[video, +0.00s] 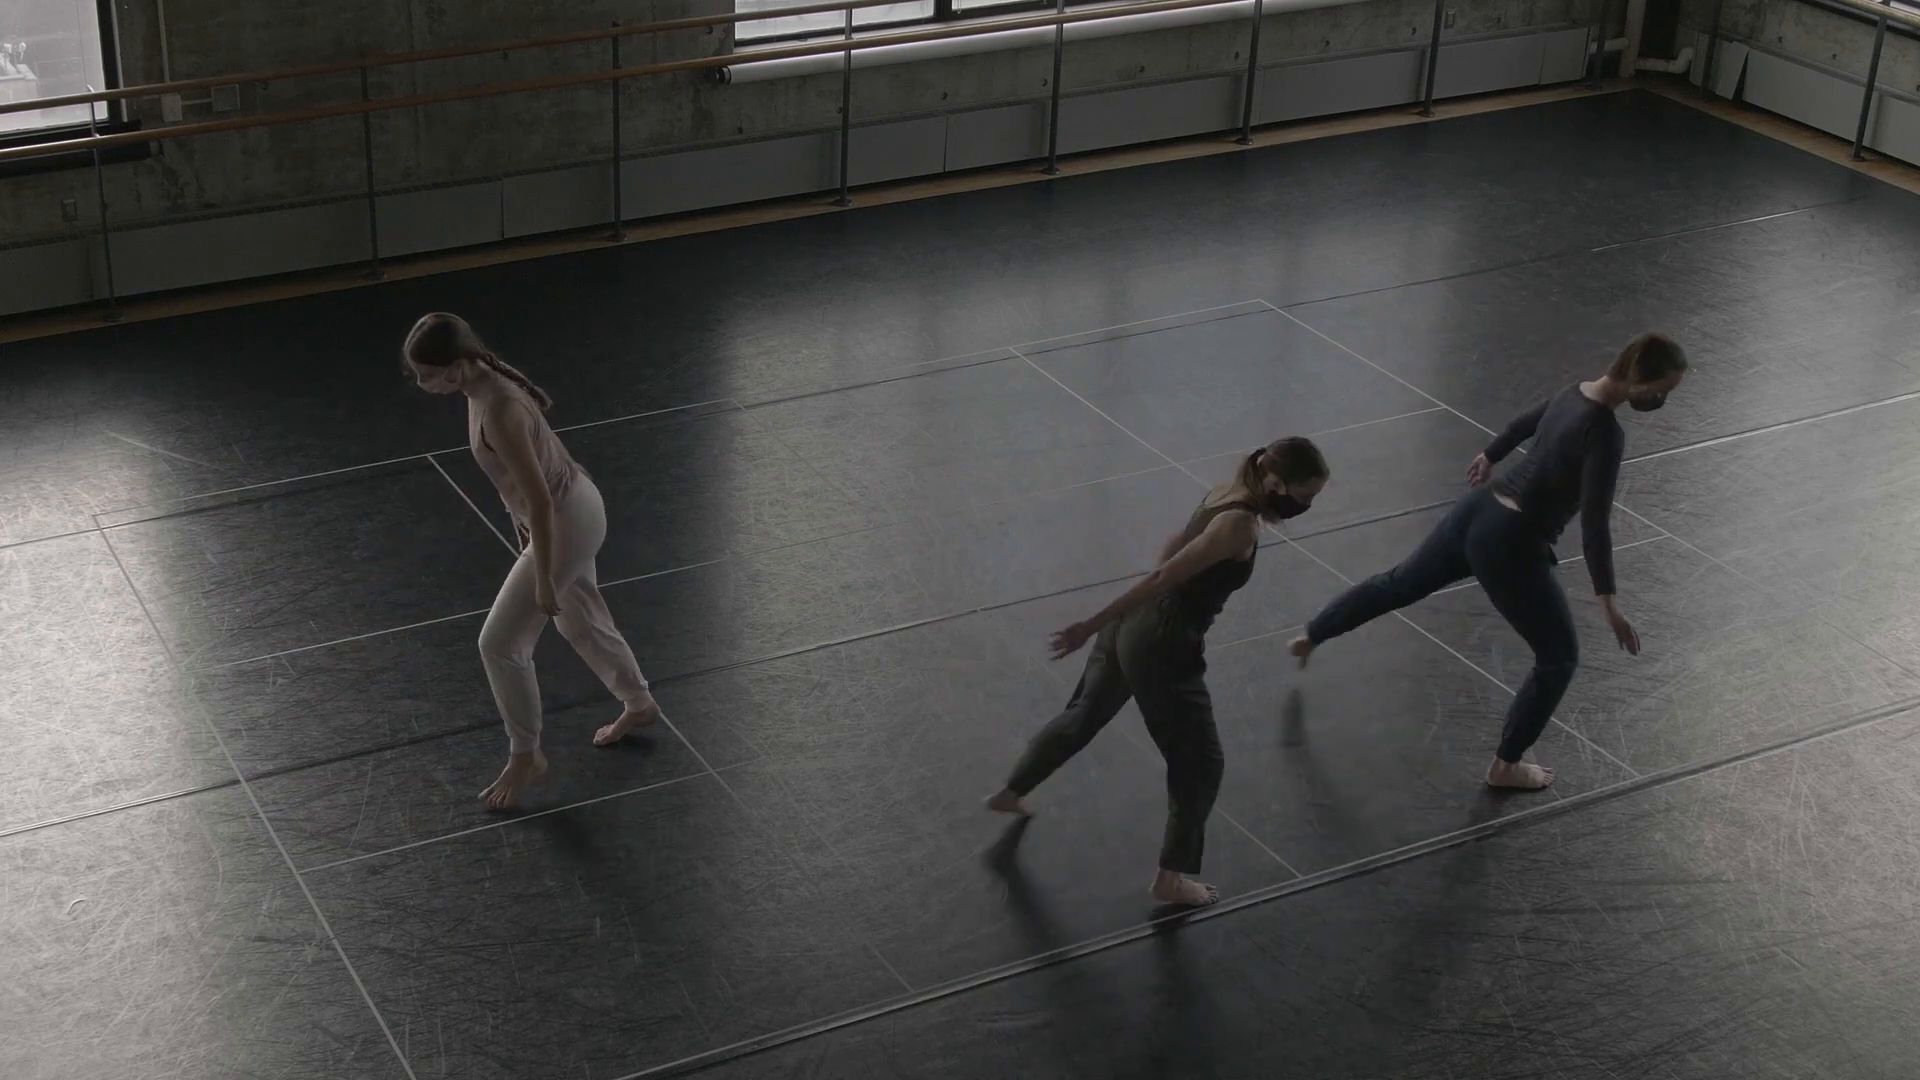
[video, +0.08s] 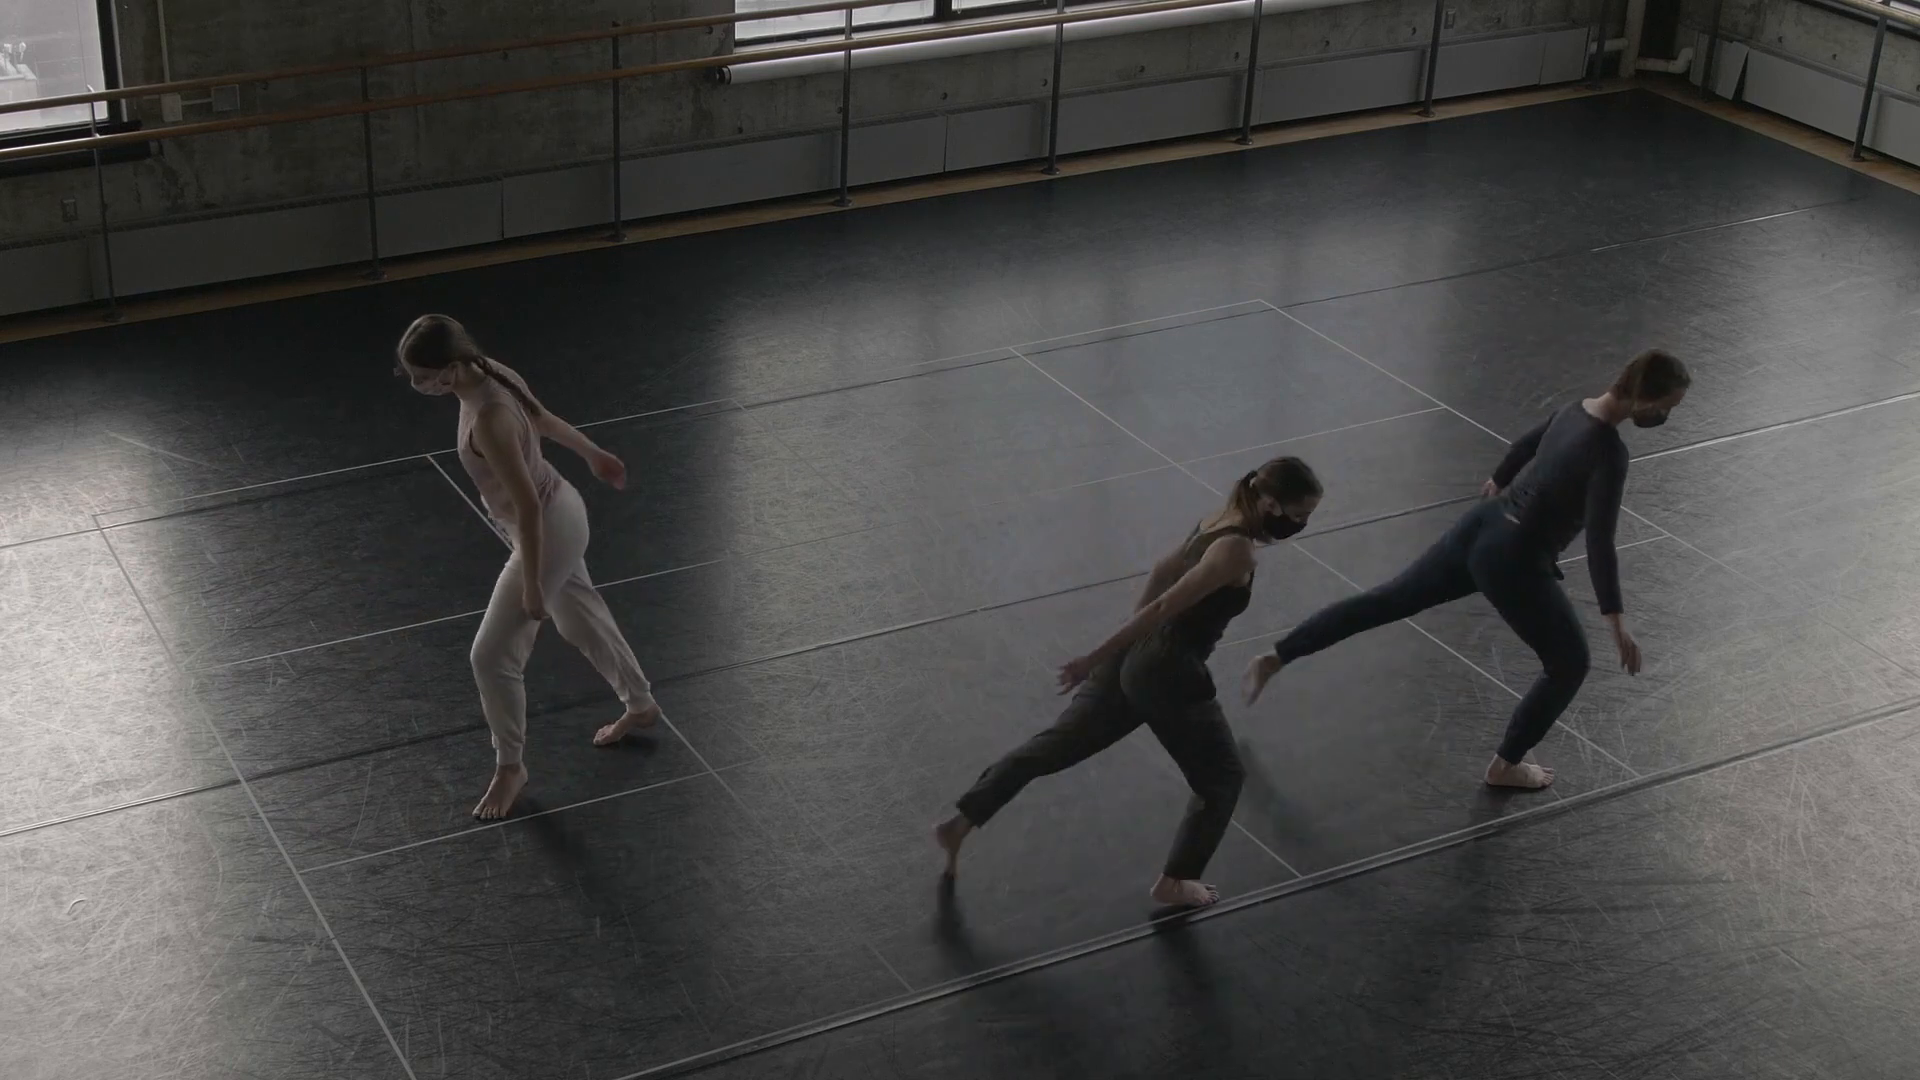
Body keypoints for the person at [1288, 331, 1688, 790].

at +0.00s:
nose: (1663, 401)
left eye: (1668, 393)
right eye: (1663, 391)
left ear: (1630, 368)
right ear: (1643, 379)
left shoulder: (1576, 393)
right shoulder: (1605, 432)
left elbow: (1524, 425)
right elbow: (1595, 521)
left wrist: (1490, 454)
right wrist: (1610, 602)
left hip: (1477, 510)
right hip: (1510, 543)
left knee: (1401, 582)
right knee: (1559, 658)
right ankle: (1507, 764)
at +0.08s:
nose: (1663, 419)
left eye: (1667, 412)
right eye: (1663, 411)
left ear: (1629, 383)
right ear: (1643, 399)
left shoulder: (1579, 410)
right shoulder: (1610, 453)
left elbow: (1527, 446)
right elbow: (1600, 541)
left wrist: (1497, 481)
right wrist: (1616, 620)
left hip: (1484, 526)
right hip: (1512, 561)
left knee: (1387, 600)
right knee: (1570, 665)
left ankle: (1275, 657)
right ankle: (1506, 766)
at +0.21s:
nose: (1662, 433)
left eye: (1667, 425)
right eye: (1664, 424)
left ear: (1629, 396)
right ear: (1648, 416)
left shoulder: (1565, 422)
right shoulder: (1615, 468)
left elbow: (1506, 467)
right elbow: (1621, 557)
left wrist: (1494, 524)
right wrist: (1642, 639)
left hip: (1479, 542)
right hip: (1521, 569)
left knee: (1399, 638)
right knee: (1576, 667)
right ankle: (1508, 764)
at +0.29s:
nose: (1655, 431)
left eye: (1660, 422)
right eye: (1658, 421)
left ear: (1618, 397)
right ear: (1644, 417)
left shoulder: (1547, 427)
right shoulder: (1615, 473)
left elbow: (1489, 484)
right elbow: (1629, 561)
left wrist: (1467, 542)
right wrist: (1656, 632)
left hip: (1475, 554)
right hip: (1526, 574)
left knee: (1412, 660)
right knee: (1578, 666)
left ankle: (1335, 762)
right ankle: (1507, 763)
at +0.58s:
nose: (1513, 422)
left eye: (1517, 416)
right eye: (1521, 418)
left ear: (1519, 421)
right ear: (1559, 433)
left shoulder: (1496, 456)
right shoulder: (1550, 473)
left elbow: (1464, 510)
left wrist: (1409, 540)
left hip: (1486, 581)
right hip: (1549, 582)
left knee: (1425, 695)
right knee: (1587, 667)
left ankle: (1354, 804)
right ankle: (1517, 761)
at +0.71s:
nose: (1438, 457)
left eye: (1441, 451)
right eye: (1440, 450)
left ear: (1451, 454)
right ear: (1483, 459)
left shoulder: (1447, 477)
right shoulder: (1491, 499)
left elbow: (1399, 529)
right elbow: (1451, 574)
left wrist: (1357, 544)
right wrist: (1421, 636)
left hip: (1489, 569)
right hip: (1553, 570)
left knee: (1440, 693)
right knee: (1571, 667)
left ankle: (1375, 807)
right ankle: (1529, 760)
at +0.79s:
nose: (1389, 483)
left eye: (1390, 475)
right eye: (1389, 476)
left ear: (1404, 474)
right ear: (1438, 474)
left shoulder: (1402, 498)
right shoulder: (1457, 507)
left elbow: (1345, 548)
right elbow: (1437, 593)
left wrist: (1299, 576)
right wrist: (1414, 656)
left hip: (1475, 566)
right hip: (1540, 559)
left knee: (1446, 694)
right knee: (1558, 661)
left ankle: (1403, 812)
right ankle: (1543, 754)